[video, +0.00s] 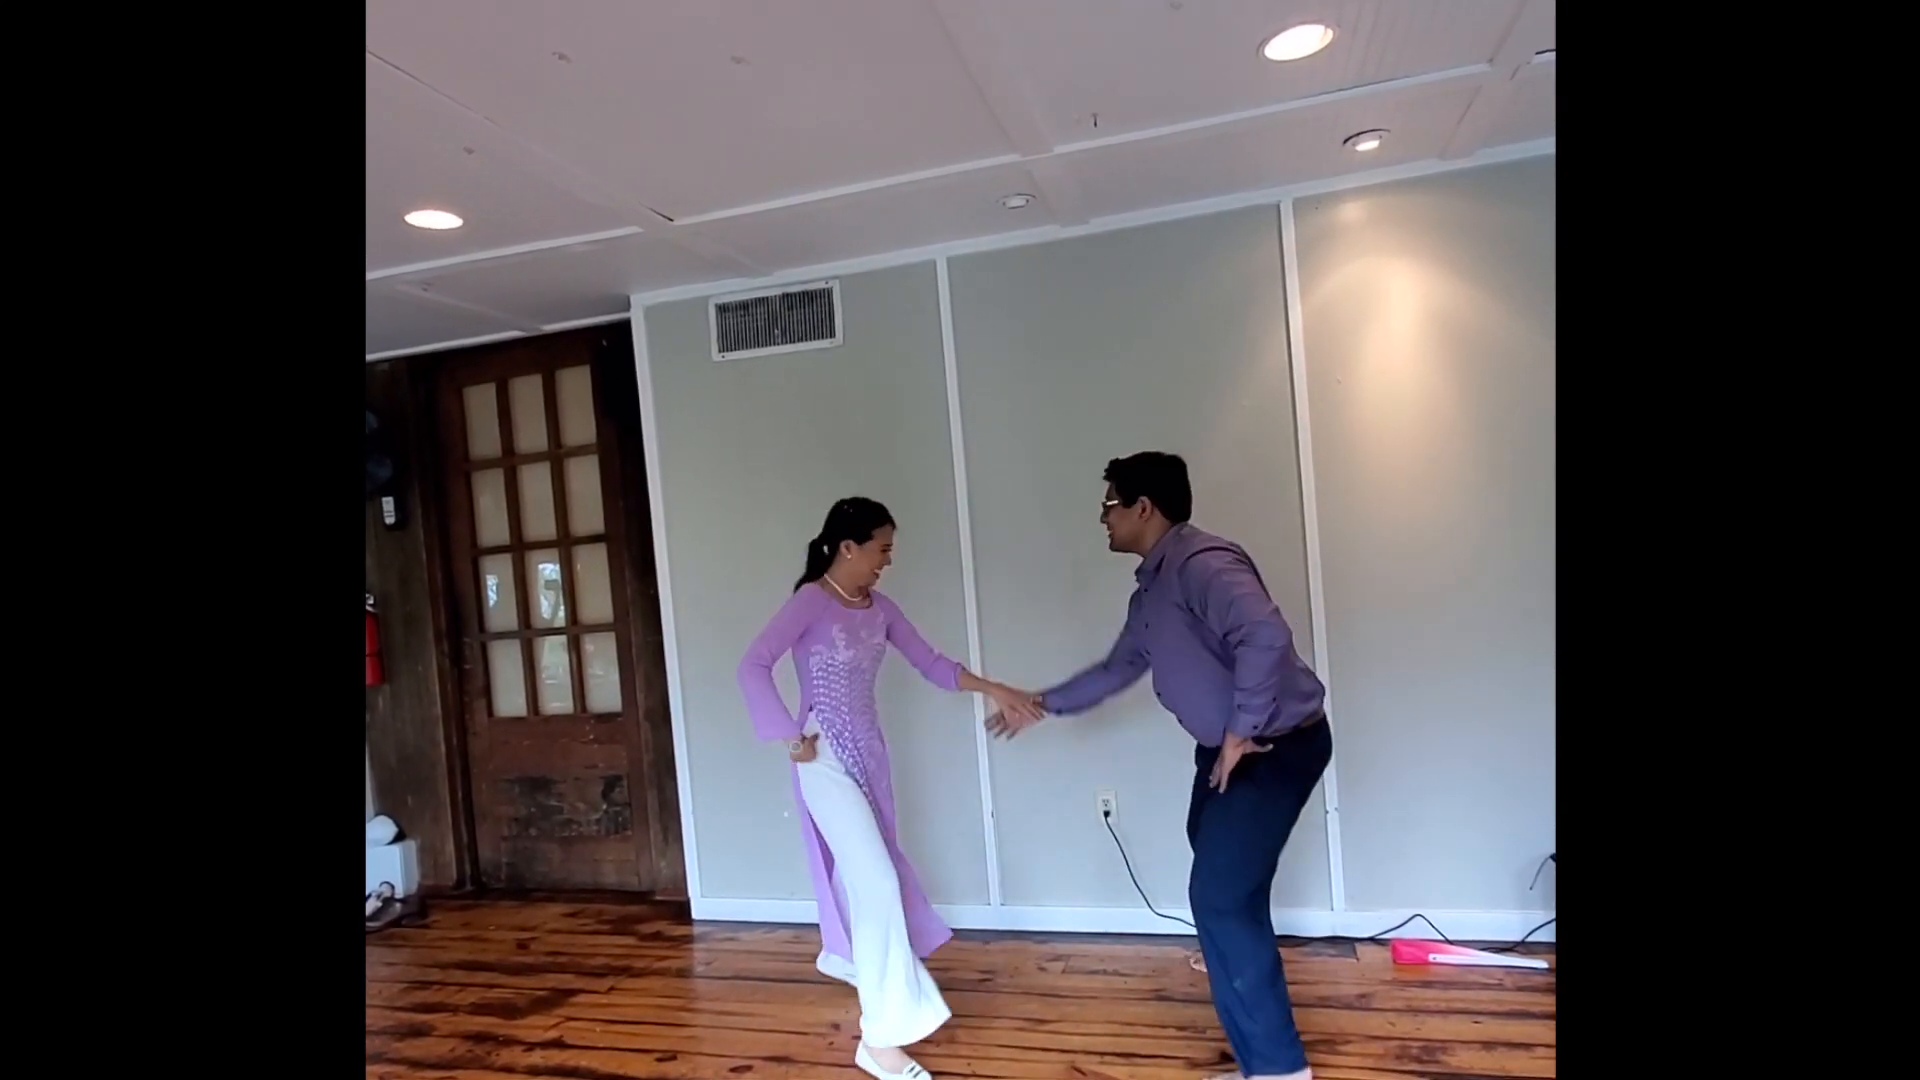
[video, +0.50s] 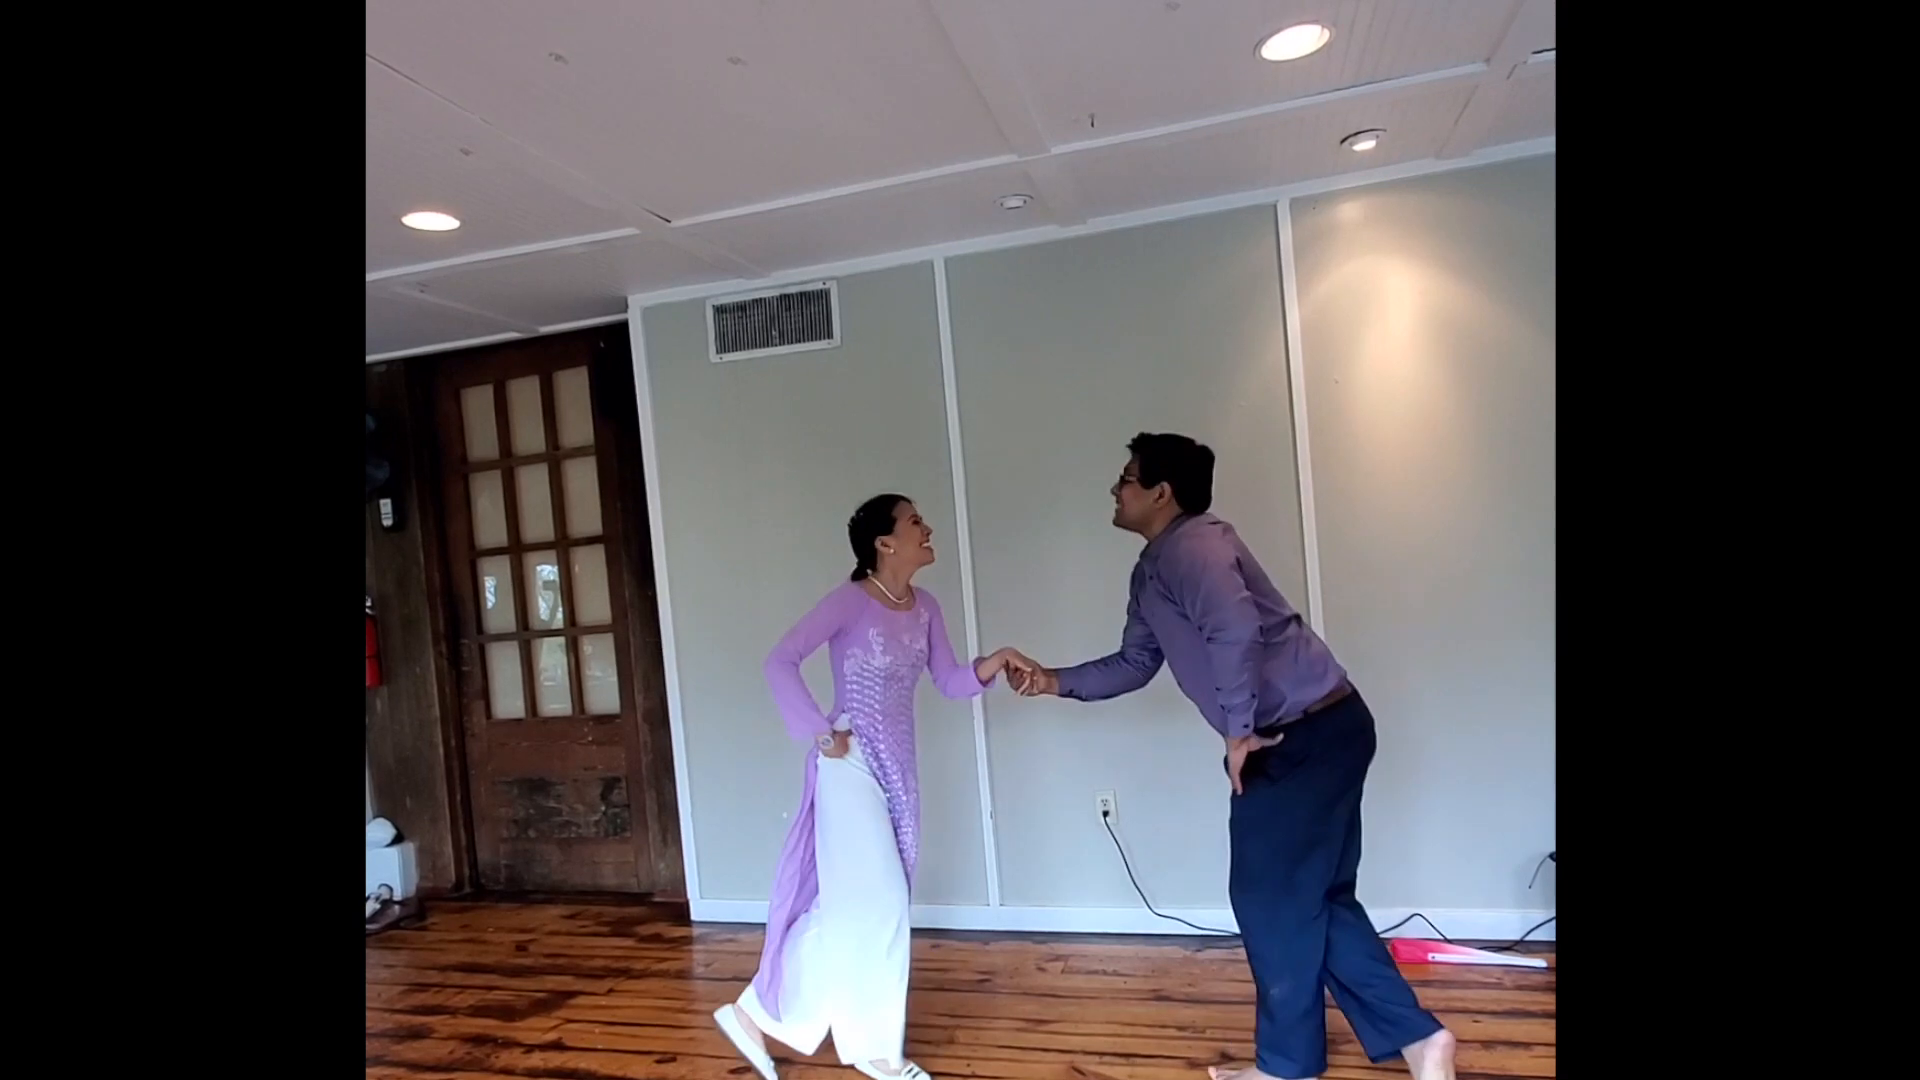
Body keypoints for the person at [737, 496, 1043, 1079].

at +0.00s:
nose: (887, 562)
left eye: (890, 552)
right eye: (881, 551)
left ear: (863, 551)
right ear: (845, 546)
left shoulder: (880, 608)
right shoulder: (810, 602)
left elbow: (931, 664)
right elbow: (753, 668)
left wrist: (996, 689)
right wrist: (789, 735)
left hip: (870, 757)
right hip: (824, 758)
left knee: (871, 862)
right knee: (877, 877)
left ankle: (842, 951)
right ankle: (879, 1038)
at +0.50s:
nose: (928, 532)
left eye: (924, 523)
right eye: (916, 525)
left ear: (899, 542)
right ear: (885, 543)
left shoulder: (924, 605)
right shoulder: (849, 601)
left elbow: (951, 681)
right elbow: (780, 662)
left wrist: (998, 659)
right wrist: (817, 727)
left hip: (896, 769)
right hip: (849, 764)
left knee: (872, 899)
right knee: (879, 898)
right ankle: (872, 1048)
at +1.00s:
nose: (969, 554)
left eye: (967, 545)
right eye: (960, 546)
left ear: (938, 556)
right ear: (929, 556)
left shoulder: (961, 615)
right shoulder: (906, 612)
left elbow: (1006, 682)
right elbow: (873, 690)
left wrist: (1077, 701)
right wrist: (906, 735)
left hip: (953, 756)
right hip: (909, 759)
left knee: (989, 853)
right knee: (935, 870)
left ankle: (988, 951)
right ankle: (893, 1020)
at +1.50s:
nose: (985, 536)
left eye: (981, 528)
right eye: (975, 530)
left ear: (954, 544)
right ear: (946, 543)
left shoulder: (987, 602)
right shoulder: (914, 604)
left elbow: (1017, 663)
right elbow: (867, 673)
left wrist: (1086, 665)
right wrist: (906, 722)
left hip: (986, 733)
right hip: (935, 738)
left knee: (1001, 831)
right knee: (945, 833)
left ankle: (1004, 938)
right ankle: (947, 915)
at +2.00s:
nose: (959, 547)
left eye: (960, 540)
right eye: (950, 537)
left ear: (940, 549)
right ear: (915, 543)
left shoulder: (959, 611)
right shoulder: (870, 602)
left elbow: (993, 665)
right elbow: (838, 651)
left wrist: (1003, 687)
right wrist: (838, 706)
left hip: (950, 752)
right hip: (896, 757)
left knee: (965, 869)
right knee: (913, 874)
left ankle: (1003, 931)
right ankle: (961, 992)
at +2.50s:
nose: (825, 533)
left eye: (837, 530)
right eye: (830, 524)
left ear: (864, 553)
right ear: (869, 556)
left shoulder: (821, 603)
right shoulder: (893, 600)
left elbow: (744, 643)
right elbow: (943, 643)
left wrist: (728, 659)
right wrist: (906, 690)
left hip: (847, 741)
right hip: (897, 736)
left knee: (846, 877)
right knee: (909, 871)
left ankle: (850, 1017)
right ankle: (948, 1004)